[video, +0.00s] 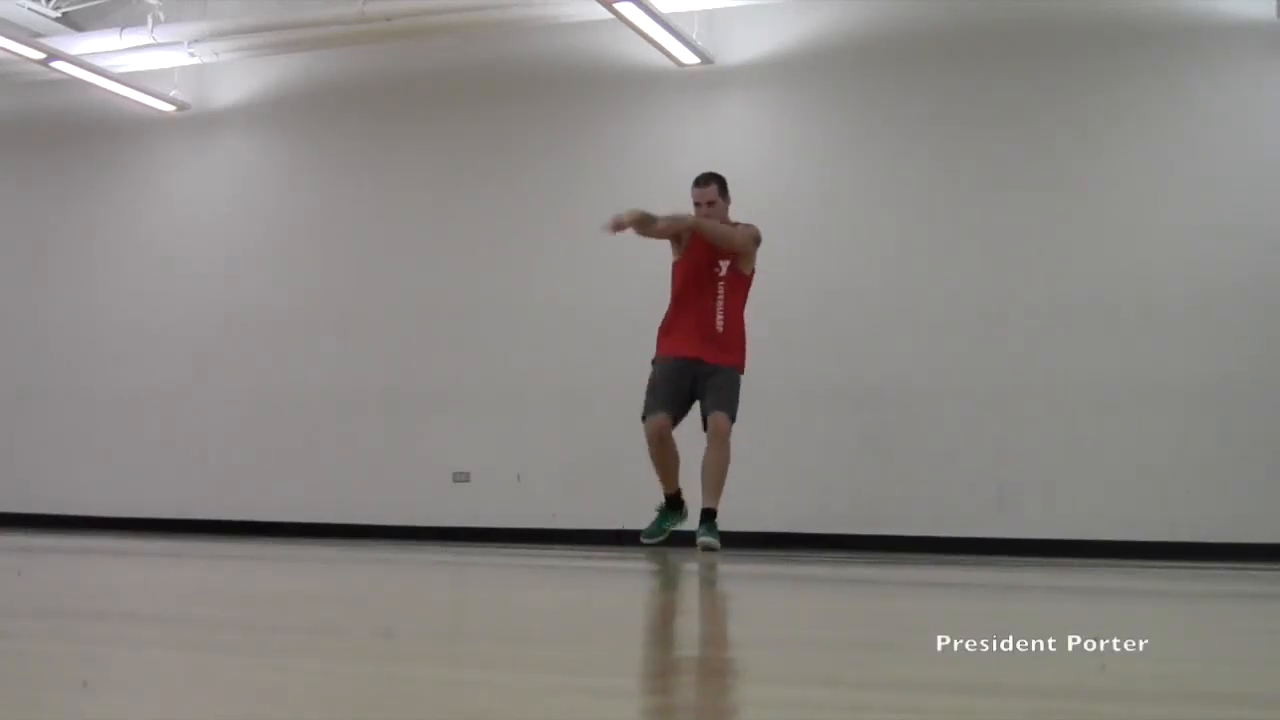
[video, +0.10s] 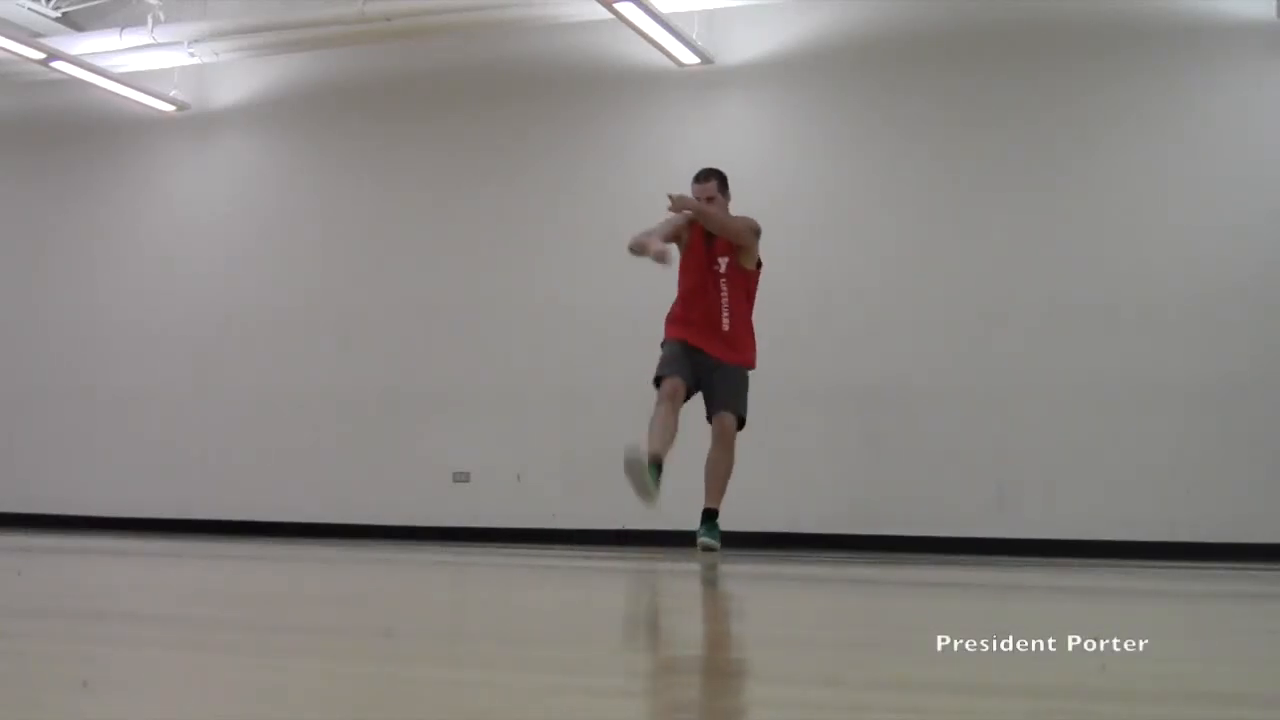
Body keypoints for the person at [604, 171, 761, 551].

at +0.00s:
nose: (702, 211)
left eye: (709, 204)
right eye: (697, 205)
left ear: (727, 203)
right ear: (693, 203)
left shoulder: (747, 234)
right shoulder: (682, 230)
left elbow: (730, 240)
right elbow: (656, 226)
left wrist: (691, 222)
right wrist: (634, 220)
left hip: (722, 356)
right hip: (675, 350)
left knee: (719, 427)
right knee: (655, 427)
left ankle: (708, 520)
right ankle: (673, 505)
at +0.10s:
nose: (704, 208)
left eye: (711, 200)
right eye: (698, 202)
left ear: (727, 199)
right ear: (691, 201)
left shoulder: (747, 229)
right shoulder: (685, 226)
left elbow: (732, 232)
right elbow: (639, 241)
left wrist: (695, 208)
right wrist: (653, 246)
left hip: (729, 346)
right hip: (685, 336)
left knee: (725, 426)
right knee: (670, 389)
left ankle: (709, 521)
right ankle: (653, 472)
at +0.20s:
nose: (702, 205)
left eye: (710, 198)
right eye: (696, 199)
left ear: (727, 199)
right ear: (690, 200)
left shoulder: (745, 228)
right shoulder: (681, 233)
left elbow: (716, 224)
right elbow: (662, 281)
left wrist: (680, 207)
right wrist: (682, 251)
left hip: (736, 345)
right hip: (696, 338)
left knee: (729, 431)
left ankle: (710, 520)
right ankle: (671, 418)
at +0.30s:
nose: (704, 198)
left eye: (711, 191)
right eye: (697, 192)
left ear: (728, 191)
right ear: (691, 193)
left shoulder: (749, 220)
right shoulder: (679, 228)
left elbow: (739, 226)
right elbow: (664, 283)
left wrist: (690, 215)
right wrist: (683, 253)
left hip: (734, 340)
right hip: (690, 331)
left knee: (730, 430)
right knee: (707, 308)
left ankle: (710, 520)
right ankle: (691, 386)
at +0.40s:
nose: (704, 178)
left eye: (711, 171)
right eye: (698, 172)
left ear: (727, 170)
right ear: (692, 173)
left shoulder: (750, 197)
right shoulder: (682, 203)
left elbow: (750, 234)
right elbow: (665, 242)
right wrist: (659, 281)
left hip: (738, 321)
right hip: (694, 311)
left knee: (728, 424)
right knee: (703, 346)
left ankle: (710, 519)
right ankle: (692, 409)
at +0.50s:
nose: (705, 175)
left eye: (713, 167)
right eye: (700, 168)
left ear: (729, 166)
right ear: (692, 170)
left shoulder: (758, 203)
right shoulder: (679, 208)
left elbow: (782, 264)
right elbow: (666, 268)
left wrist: (783, 324)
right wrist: (669, 317)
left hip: (741, 325)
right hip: (695, 319)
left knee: (735, 426)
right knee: (696, 374)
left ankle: (720, 516)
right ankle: (691, 474)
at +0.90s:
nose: (693, 166)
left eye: (701, 158)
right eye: (687, 158)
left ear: (718, 161)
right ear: (678, 162)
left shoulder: (745, 206)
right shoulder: (660, 210)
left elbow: (765, 260)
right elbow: (654, 261)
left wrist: (775, 295)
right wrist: (647, 285)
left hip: (741, 337)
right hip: (689, 334)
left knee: (748, 434)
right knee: (691, 418)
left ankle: (724, 489)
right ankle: (695, 521)